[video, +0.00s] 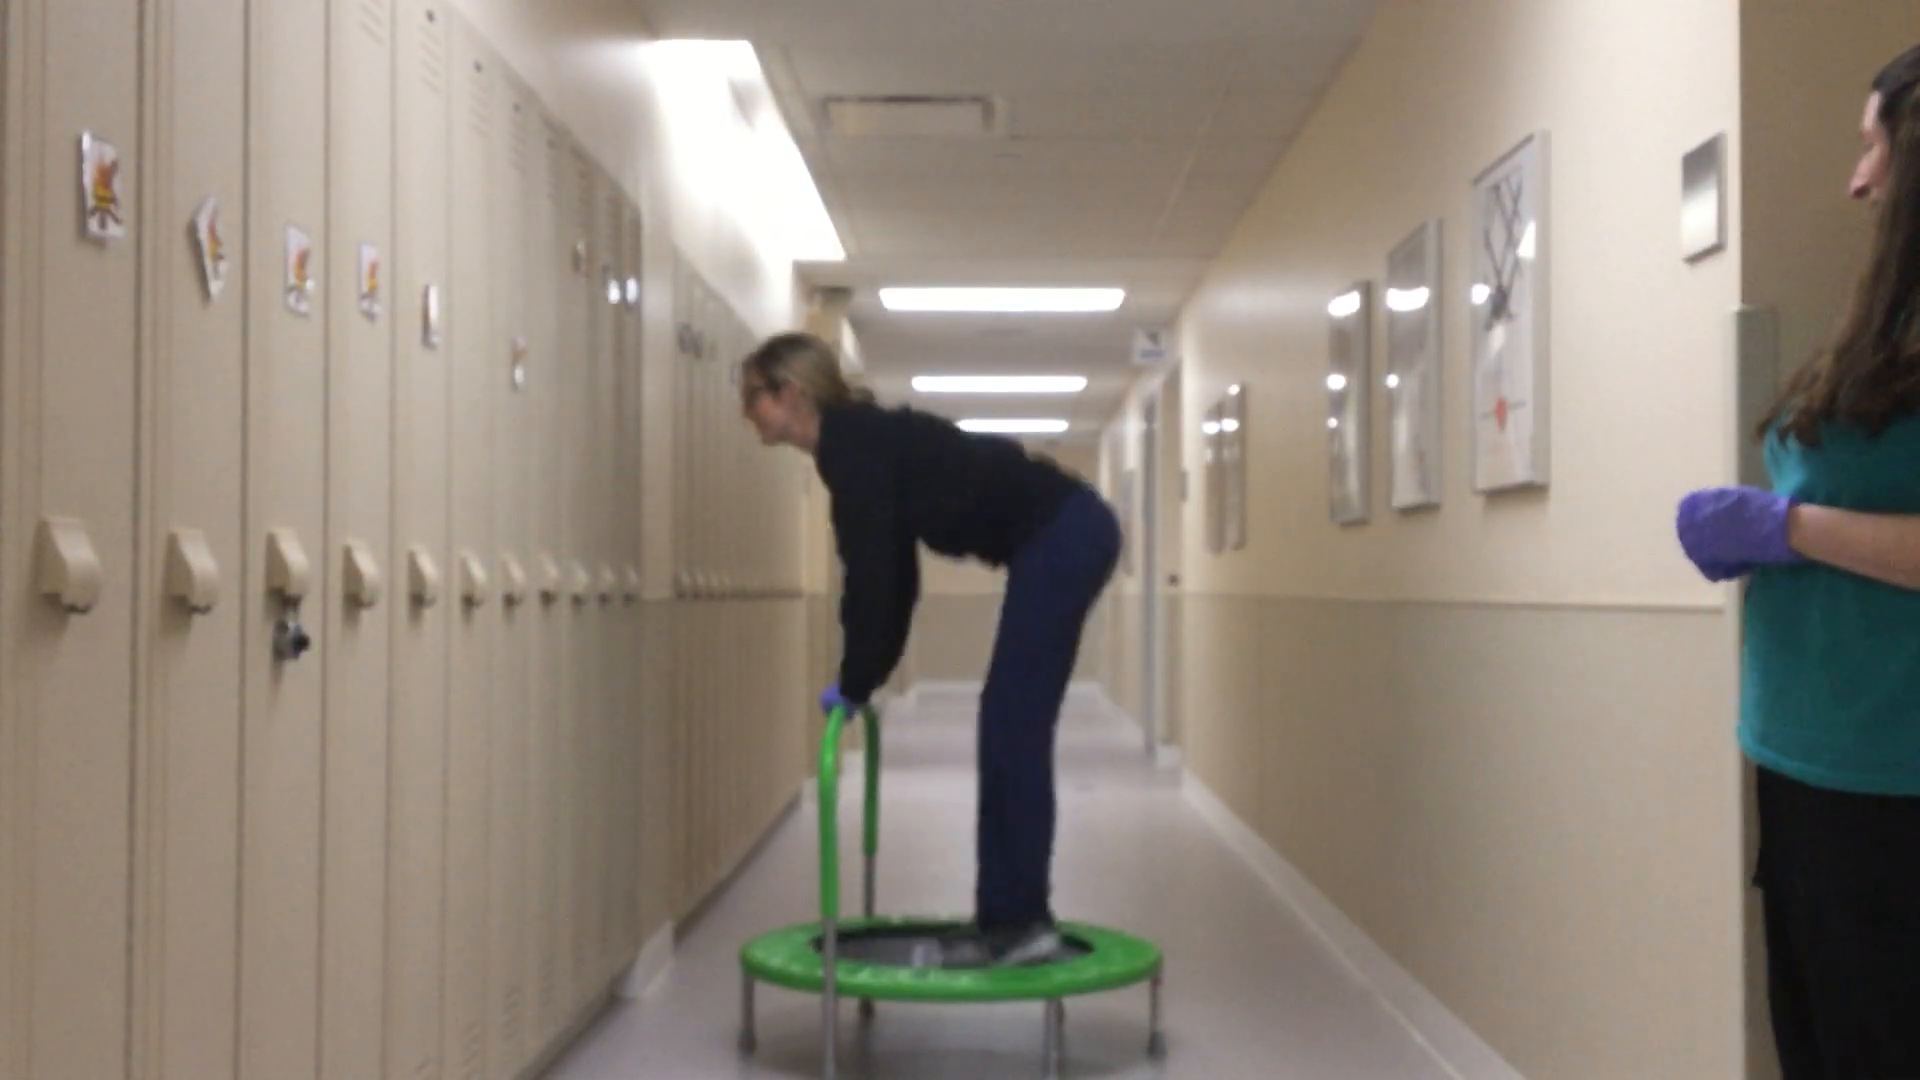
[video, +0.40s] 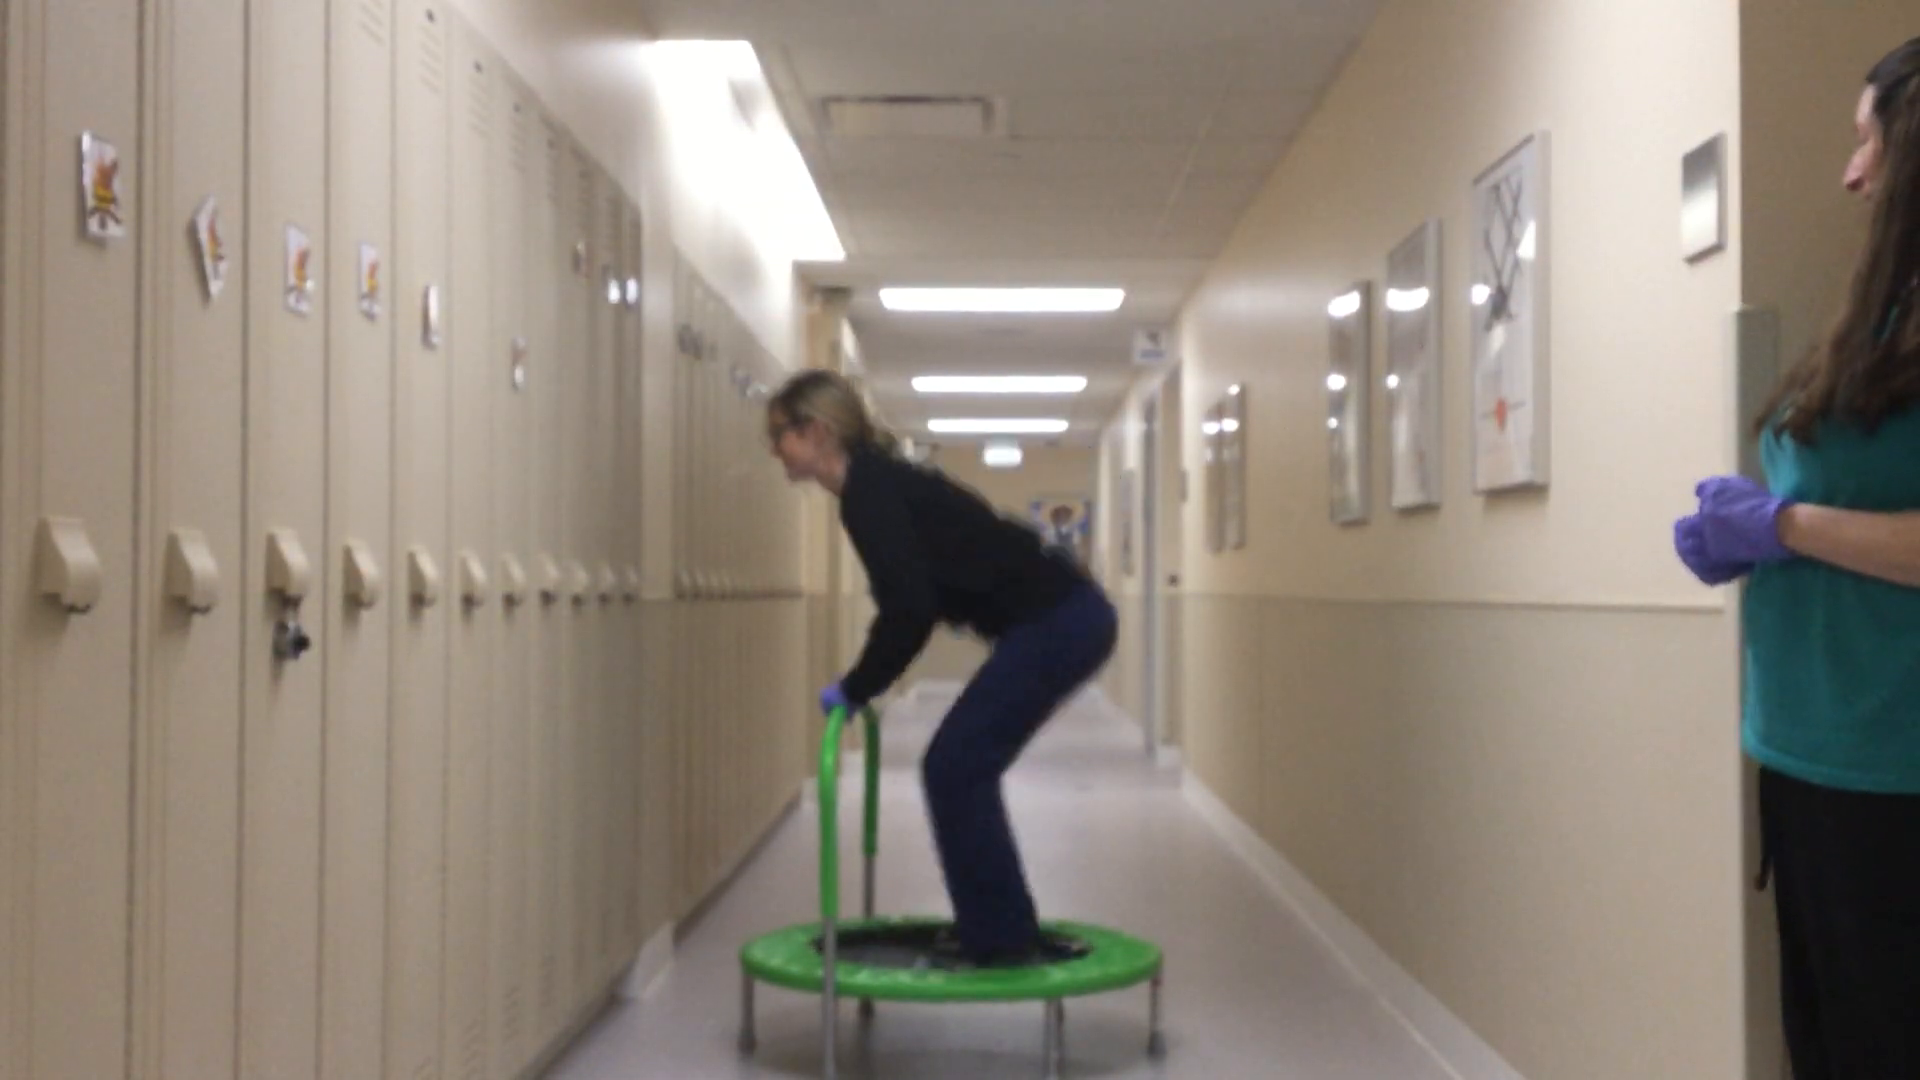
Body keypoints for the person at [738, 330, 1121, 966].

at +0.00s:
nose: (750, 417)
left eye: (753, 400)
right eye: (747, 403)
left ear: (788, 394)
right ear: (798, 393)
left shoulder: (851, 443)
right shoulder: (862, 438)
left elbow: (873, 569)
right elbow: (894, 573)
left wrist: (854, 682)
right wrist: (861, 679)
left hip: (1061, 539)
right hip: (1060, 537)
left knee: (1014, 723)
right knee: (1012, 721)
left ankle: (1014, 919)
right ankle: (1011, 916)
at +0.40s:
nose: (776, 450)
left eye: (782, 434)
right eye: (774, 436)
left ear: (818, 432)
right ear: (820, 434)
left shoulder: (873, 491)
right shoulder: (870, 489)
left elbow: (911, 608)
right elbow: (908, 607)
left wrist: (857, 687)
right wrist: (858, 682)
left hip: (1061, 622)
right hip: (1056, 620)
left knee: (955, 766)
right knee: (956, 764)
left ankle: (998, 936)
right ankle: (996, 932)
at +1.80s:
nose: (824, 386)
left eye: (819, 368)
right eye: (815, 374)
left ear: (851, 346)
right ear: (856, 346)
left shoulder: (916, 398)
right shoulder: (918, 396)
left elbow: (908, 528)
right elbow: (909, 528)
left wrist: (879, 646)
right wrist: (880, 645)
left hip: (1087, 541)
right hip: (1083, 539)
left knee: (1006, 707)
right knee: (1006, 708)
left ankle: (1014, 909)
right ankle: (1005, 905)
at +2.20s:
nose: (839, 468)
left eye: (835, 452)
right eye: (830, 458)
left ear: (865, 430)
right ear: (868, 431)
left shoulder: (929, 487)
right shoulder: (924, 486)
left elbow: (966, 603)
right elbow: (962, 604)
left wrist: (891, 681)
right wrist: (891, 678)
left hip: (1087, 650)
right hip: (1076, 648)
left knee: (964, 775)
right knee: (961, 773)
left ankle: (1016, 946)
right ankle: (1012, 942)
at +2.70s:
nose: (883, 380)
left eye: (879, 363)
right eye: (874, 370)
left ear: (904, 335)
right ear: (907, 337)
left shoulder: (974, 389)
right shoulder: (968, 390)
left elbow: (999, 517)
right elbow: (997, 520)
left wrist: (984, 630)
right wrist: (984, 628)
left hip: (1087, 596)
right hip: (1080, 595)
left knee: (997, 754)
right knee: (996, 754)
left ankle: (1023, 942)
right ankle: (1023, 938)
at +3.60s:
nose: (862, 477)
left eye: (862, 460)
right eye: (854, 466)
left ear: (893, 442)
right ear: (897, 445)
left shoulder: (956, 498)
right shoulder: (945, 501)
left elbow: (965, 623)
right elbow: (960, 619)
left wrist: (863, 620)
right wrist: (868, 619)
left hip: (1089, 685)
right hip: (1075, 682)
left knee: (949, 788)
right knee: (944, 785)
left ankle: (1015, 951)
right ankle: (1000, 943)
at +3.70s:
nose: (864, 438)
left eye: (865, 421)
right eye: (856, 427)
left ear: (897, 403)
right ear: (899, 406)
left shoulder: (953, 469)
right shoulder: (947, 468)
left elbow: (962, 588)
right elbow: (955, 588)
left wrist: (861, 595)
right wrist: (863, 595)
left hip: (1073, 665)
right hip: (1062, 662)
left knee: (944, 789)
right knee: (941, 786)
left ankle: (1012, 947)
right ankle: (994, 939)